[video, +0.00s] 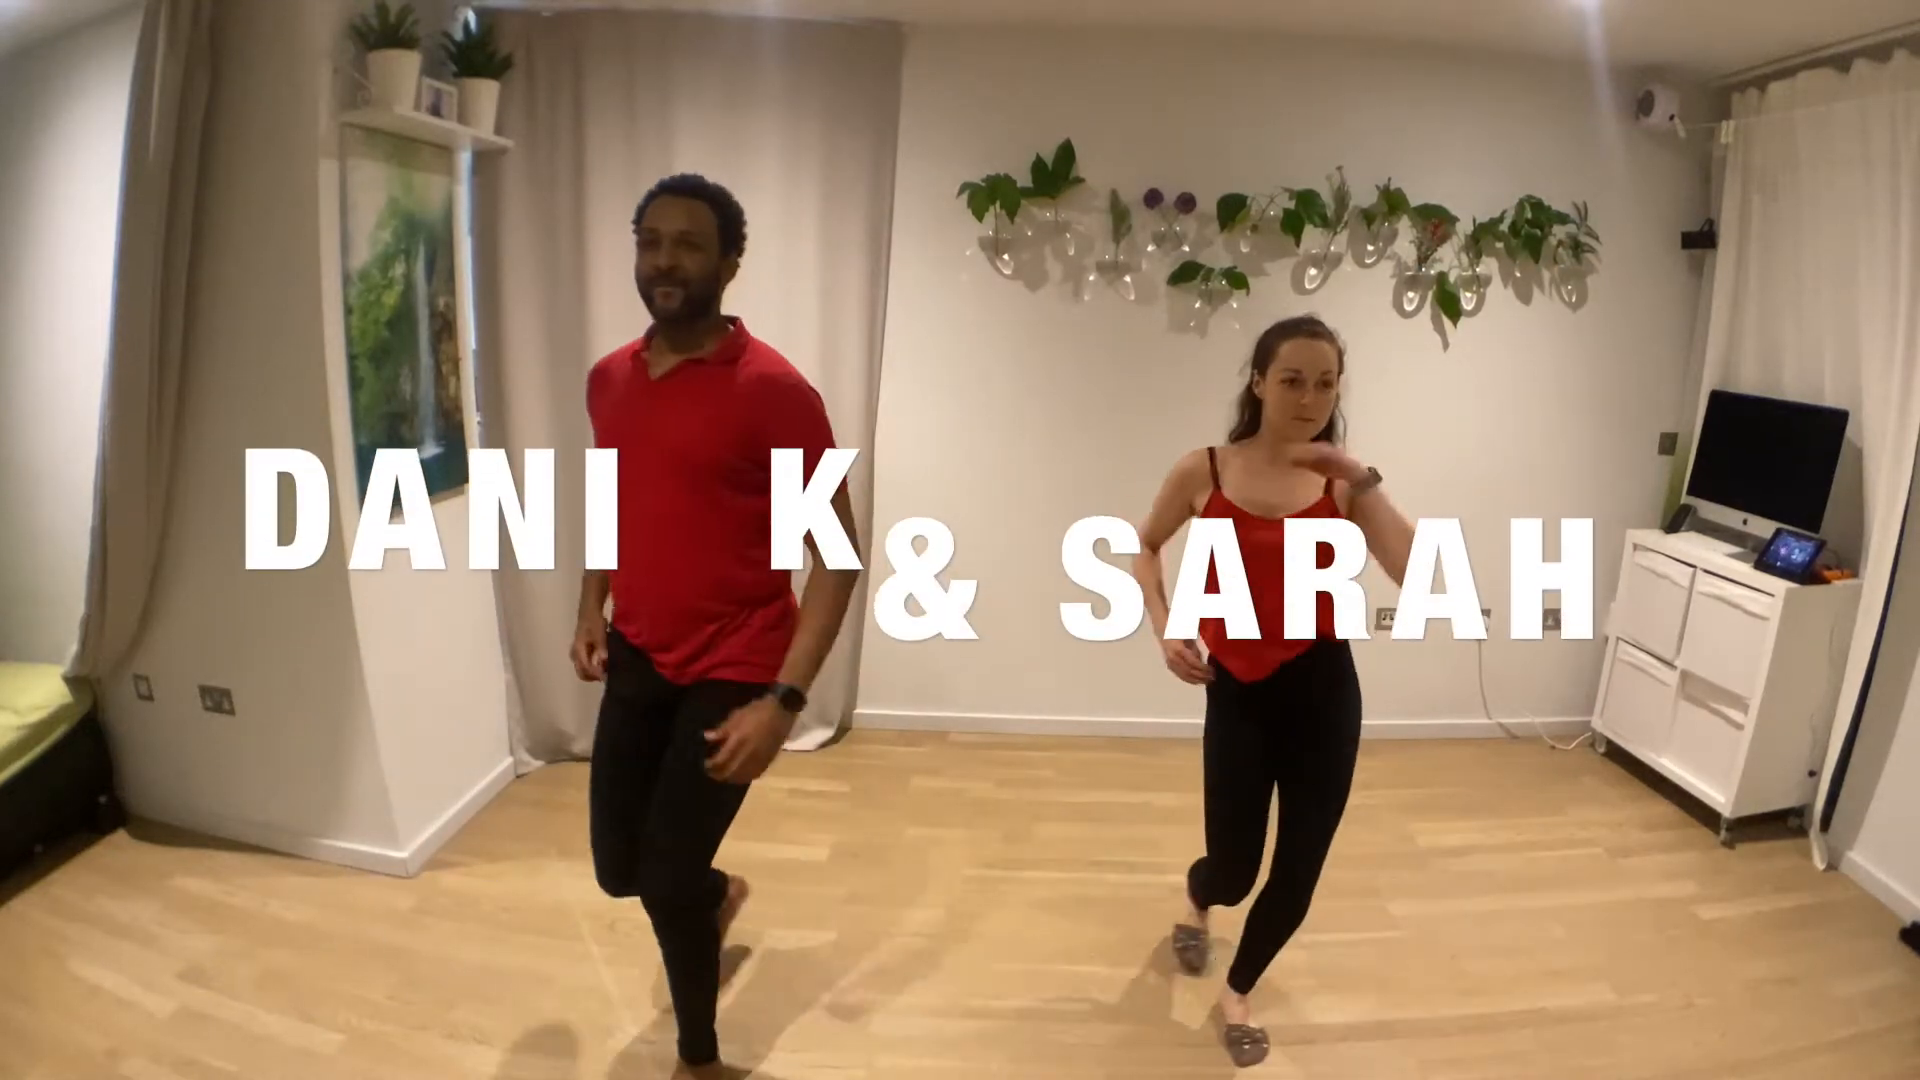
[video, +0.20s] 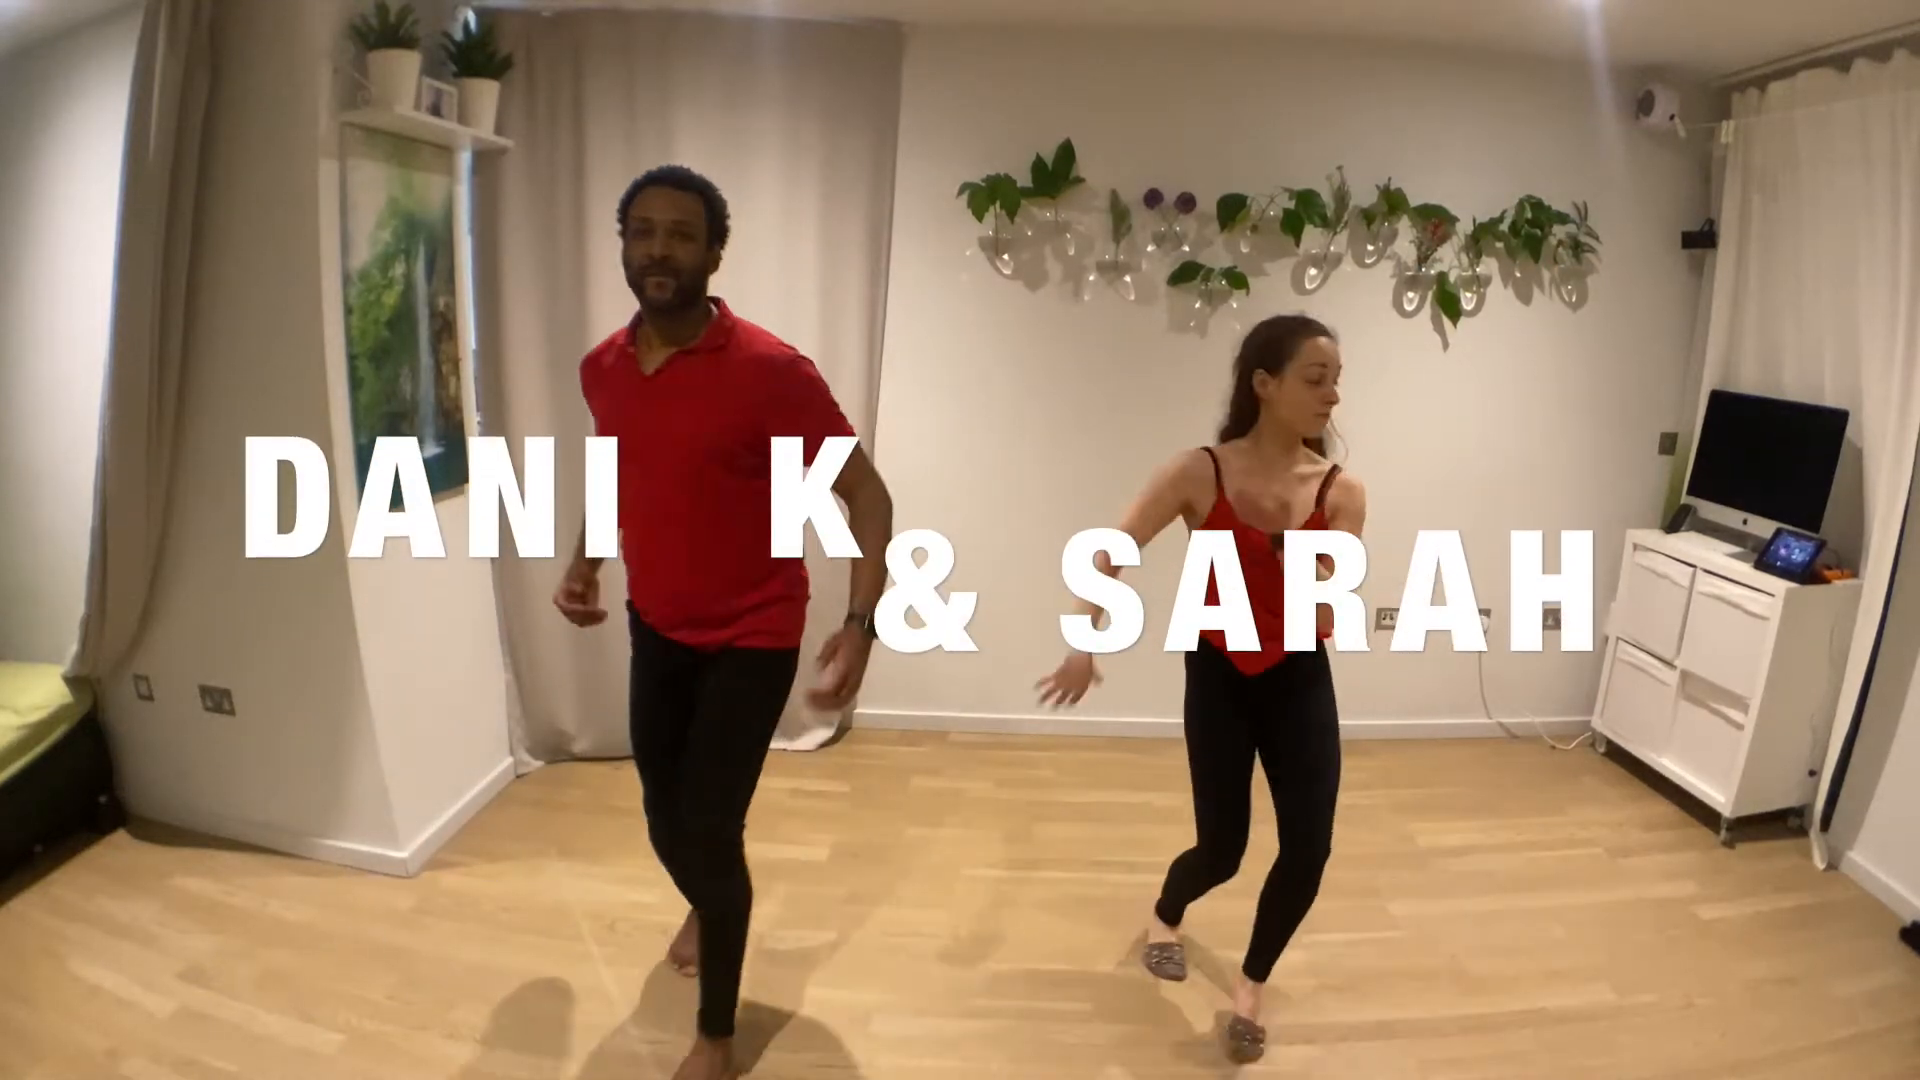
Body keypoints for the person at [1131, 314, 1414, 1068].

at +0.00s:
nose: (1310, 397)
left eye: (1325, 382)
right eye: (1294, 380)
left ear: (1339, 391)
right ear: (1259, 384)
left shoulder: (1347, 479)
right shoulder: (1202, 471)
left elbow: (1415, 572)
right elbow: (1146, 546)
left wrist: (1366, 489)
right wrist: (1164, 631)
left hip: (1323, 692)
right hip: (1237, 694)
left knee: (1298, 874)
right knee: (1234, 877)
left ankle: (1237, 995)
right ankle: (1194, 899)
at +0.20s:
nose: (1333, 394)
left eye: (1337, 380)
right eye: (1317, 378)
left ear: (1332, 391)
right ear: (1263, 383)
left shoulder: (1341, 492)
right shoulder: (1198, 472)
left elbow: (1333, 595)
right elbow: (1111, 554)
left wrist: (1328, 598)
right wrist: (1084, 647)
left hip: (1300, 680)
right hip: (1219, 678)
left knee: (1308, 849)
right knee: (1222, 853)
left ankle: (1252, 983)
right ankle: (1165, 914)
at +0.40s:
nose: (1338, 394)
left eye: (1338, 377)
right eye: (1328, 377)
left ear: (1290, 383)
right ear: (1281, 381)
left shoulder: (1306, 452)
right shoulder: (1232, 480)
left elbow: (1351, 501)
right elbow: (1305, 587)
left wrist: (1352, 525)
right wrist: (1335, 688)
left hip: (1280, 666)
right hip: (1207, 672)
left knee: (1334, 811)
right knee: (1199, 828)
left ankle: (1244, 840)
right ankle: (1172, 924)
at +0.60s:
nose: (1362, 380)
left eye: (1359, 364)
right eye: (1349, 366)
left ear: (1302, 373)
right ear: (1301, 374)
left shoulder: (1276, 448)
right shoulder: (1307, 462)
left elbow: (1185, 461)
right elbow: (1453, 474)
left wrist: (1112, 444)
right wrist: (1571, 484)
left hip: (1304, 657)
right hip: (1247, 655)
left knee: (1360, 798)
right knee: (1219, 812)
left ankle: (1344, 894)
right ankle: (1138, 910)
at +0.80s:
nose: (1338, 394)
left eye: (1350, 380)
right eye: (1319, 380)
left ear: (1365, 390)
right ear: (1289, 391)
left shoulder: (1352, 469)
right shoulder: (1280, 470)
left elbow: (1390, 544)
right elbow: (1414, 506)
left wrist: (1421, 567)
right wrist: (1439, 464)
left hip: (1341, 657)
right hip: (1275, 657)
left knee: (1381, 790)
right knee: (1250, 837)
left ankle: (1344, 891)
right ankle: (1138, 914)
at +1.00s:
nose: (1340, 387)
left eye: (1355, 373)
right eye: (1325, 371)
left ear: (1370, 384)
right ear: (1296, 380)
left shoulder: (1383, 476)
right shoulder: (1261, 451)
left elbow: (1484, 533)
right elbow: (1160, 432)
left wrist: (1574, 591)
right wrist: (1255, 447)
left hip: (1319, 657)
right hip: (1239, 650)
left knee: (1365, 806)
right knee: (1198, 803)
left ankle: (1365, 884)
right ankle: (1141, 918)